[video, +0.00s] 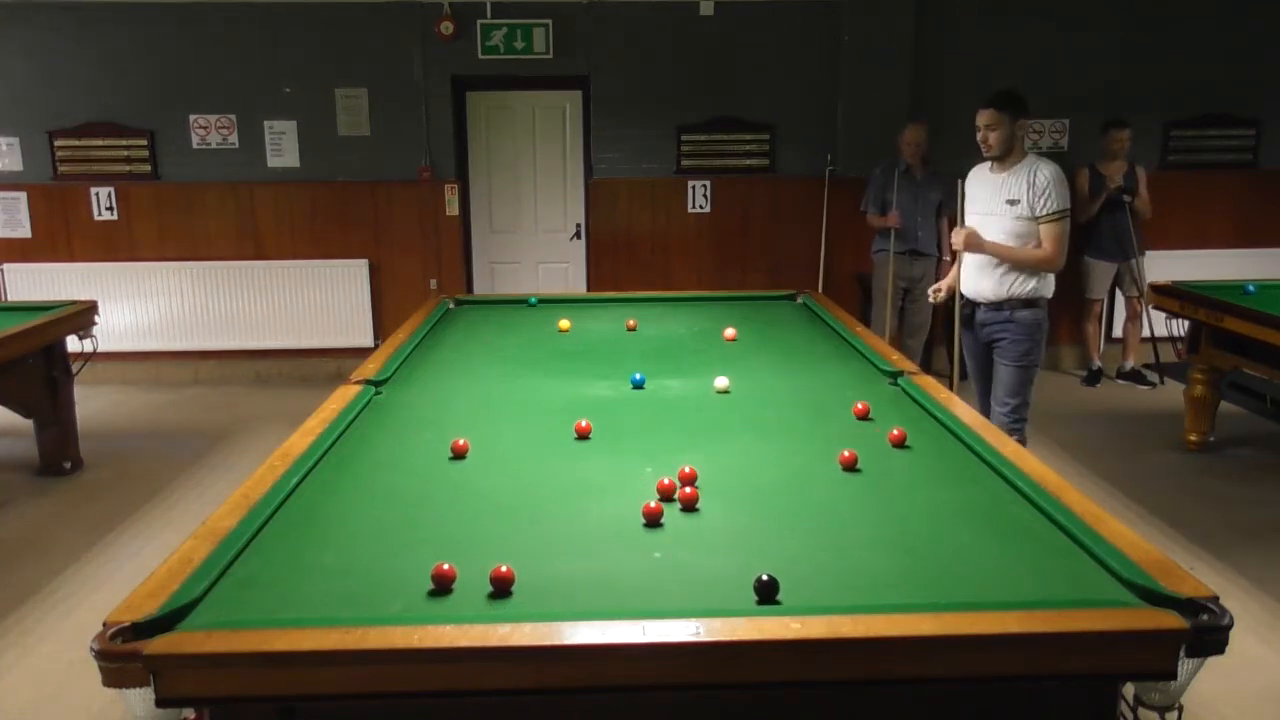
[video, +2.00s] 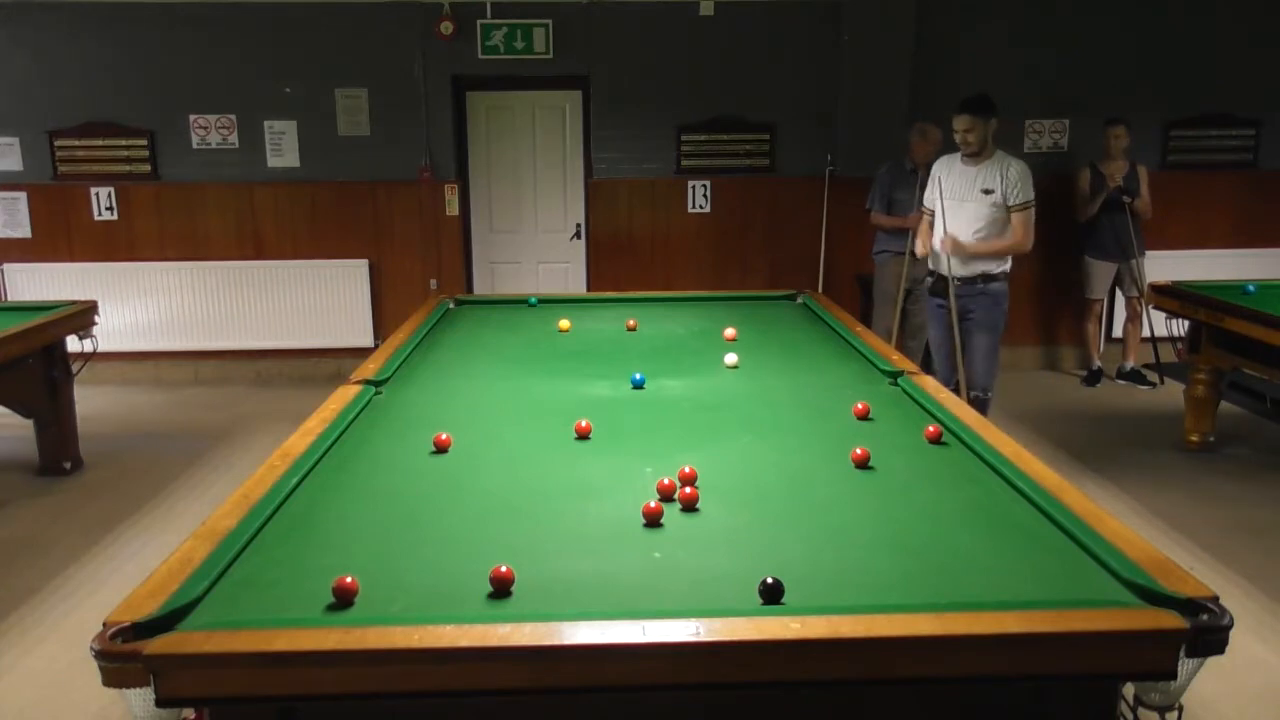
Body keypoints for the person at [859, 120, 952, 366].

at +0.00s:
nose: (914, 149)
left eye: (919, 144)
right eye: (909, 144)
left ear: (926, 146)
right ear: (900, 144)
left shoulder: (935, 178)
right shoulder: (885, 174)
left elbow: (943, 220)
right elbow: (871, 218)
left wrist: (946, 257)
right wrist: (885, 222)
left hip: (926, 259)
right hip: (890, 257)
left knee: (917, 330)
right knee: (884, 325)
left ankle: (908, 384)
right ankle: (878, 381)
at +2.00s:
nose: (934, 152)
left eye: (936, 147)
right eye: (930, 146)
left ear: (937, 149)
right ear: (915, 143)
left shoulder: (935, 177)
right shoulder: (891, 172)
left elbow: (942, 216)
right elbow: (875, 217)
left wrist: (928, 224)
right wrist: (906, 222)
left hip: (924, 259)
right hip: (892, 257)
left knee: (917, 331)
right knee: (885, 326)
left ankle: (908, 386)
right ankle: (877, 382)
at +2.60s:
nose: (932, 154)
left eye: (936, 149)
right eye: (927, 148)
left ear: (940, 148)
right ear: (913, 144)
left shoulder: (939, 178)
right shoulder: (891, 173)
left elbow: (946, 218)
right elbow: (876, 217)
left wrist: (933, 232)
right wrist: (913, 226)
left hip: (925, 260)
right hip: (893, 258)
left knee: (917, 329)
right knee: (886, 327)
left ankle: (912, 388)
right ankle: (878, 384)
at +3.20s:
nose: (917, 152)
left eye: (922, 147)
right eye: (913, 146)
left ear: (928, 149)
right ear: (904, 147)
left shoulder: (935, 179)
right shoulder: (888, 175)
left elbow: (944, 218)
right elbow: (865, 213)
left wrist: (932, 248)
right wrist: (877, 248)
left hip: (923, 261)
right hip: (889, 260)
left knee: (915, 330)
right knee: (883, 326)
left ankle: (912, 385)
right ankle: (879, 381)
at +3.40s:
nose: (912, 153)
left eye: (916, 148)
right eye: (907, 148)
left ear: (922, 150)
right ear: (897, 148)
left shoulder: (929, 180)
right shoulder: (880, 176)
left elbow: (936, 220)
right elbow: (854, 211)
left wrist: (926, 253)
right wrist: (864, 246)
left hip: (917, 263)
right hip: (882, 259)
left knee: (912, 331)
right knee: (879, 329)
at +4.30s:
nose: (844, 168)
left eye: (850, 163)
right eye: (839, 163)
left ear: (862, 157)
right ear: (834, 160)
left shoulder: (884, 178)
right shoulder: (835, 181)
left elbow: (904, 214)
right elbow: (826, 223)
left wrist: (881, 239)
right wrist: (819, 261)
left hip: (878, 257)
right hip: (847, 259)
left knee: (877, 317)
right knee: (850, 315)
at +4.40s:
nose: (837, 170)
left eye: (842, 165)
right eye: (833, 165)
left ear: (855, 160)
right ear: (829, 161)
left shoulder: (880, 178)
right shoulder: (831, 181)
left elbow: (900, 216)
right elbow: (826, 224)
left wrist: (875, 242)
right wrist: (820, 262)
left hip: (873, 259)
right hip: (843, 260)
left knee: (872, 317)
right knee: (847, 314)